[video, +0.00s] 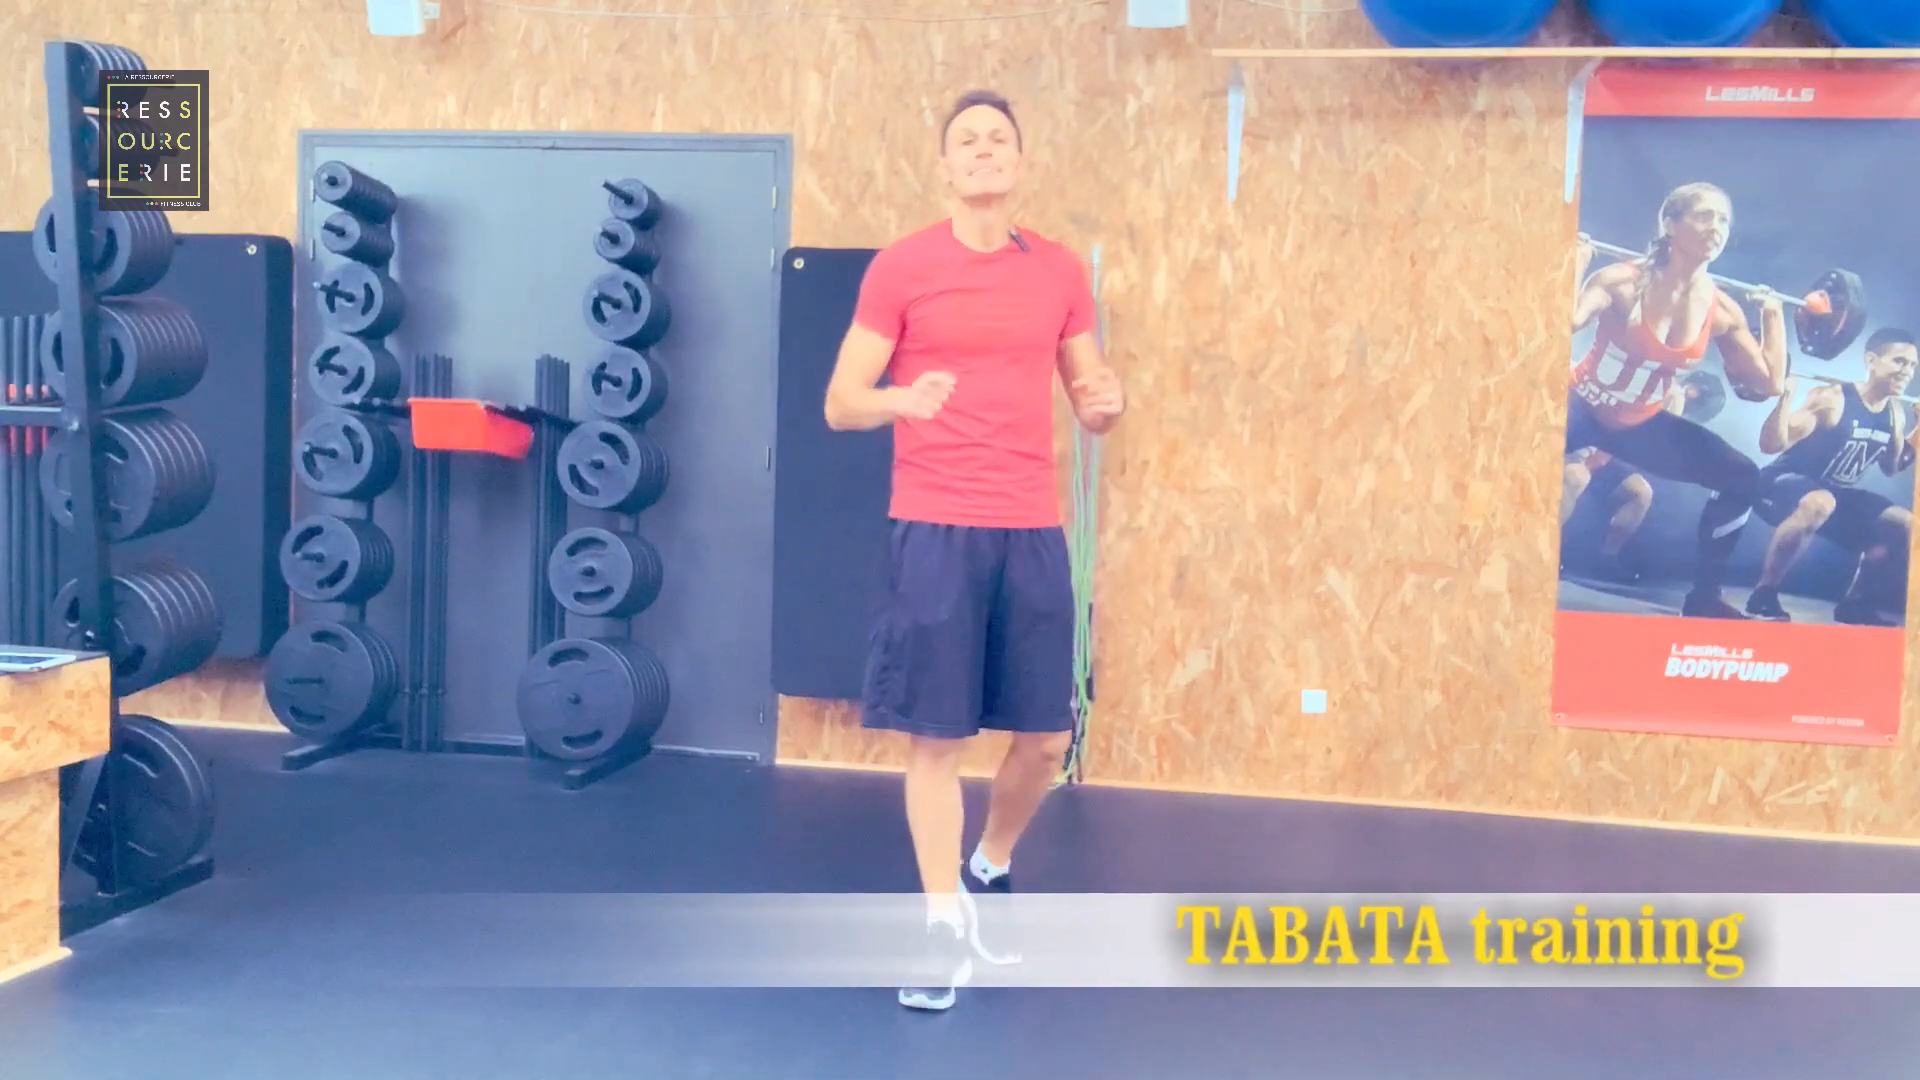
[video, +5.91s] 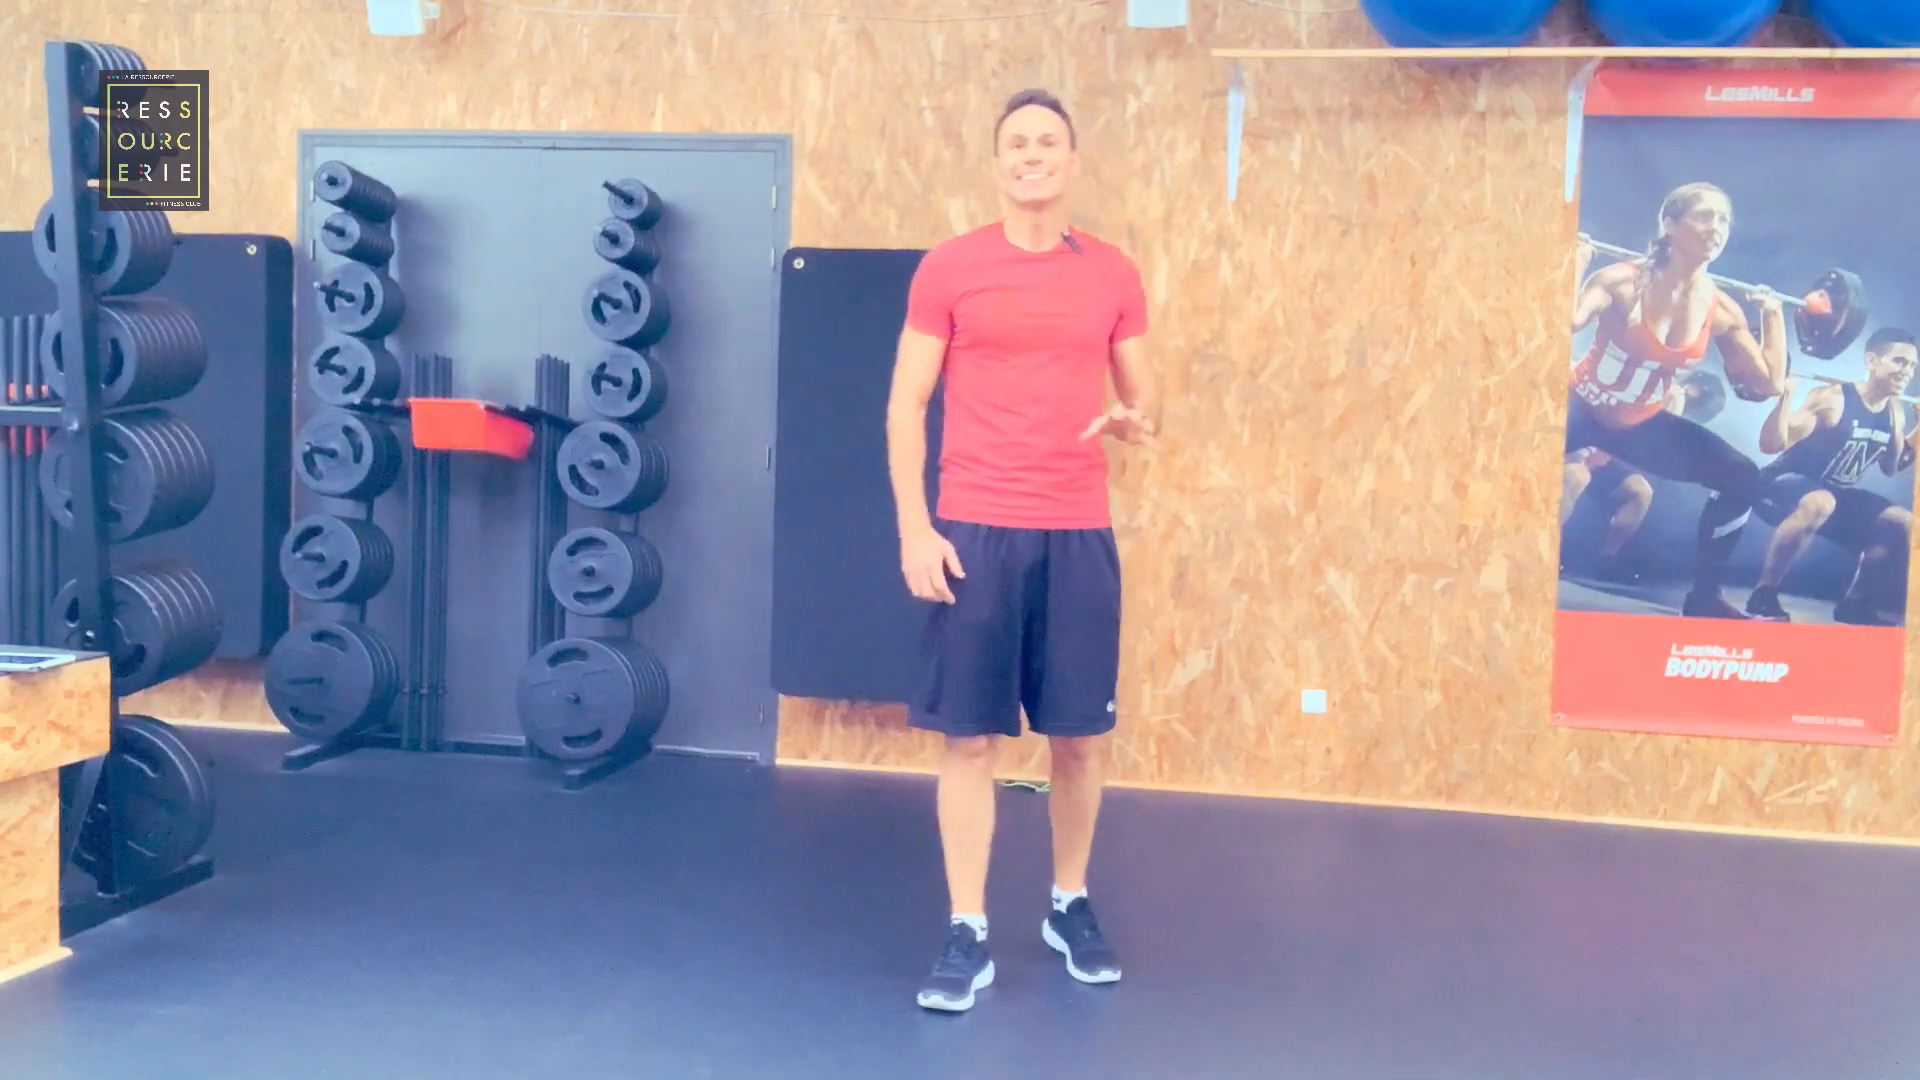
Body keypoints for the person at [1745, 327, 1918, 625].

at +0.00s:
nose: (1906, 371)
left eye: (1911, 365)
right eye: (1899, 361)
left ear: (1914, 371)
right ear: (1871, 361)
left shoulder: (1894, 412)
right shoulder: (1831, 398)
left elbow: (1892, 467)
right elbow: (1769, 444)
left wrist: (1911, 443)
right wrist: (1786, 395)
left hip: (1839, 495)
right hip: (1785, 481)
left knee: (1906, 525)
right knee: (1821, 502)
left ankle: (1855, 604)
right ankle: (1764, 595)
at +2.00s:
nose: (1906, 371)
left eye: (1912, 365)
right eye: (1899, 361)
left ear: (1914, 371)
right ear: (1872, 361)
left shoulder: (1894, 411)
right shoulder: (1831, 397)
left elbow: (1891, 466)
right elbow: (1769, 444)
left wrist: (1913, 437)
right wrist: (1784, 398)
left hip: (1838, 495)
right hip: (1785, 481)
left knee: (1904, 524)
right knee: (1821, 502)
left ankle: (1854, 605)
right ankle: (1764, 595)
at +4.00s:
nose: (1906, 372)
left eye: (1911, 365)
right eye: (1899, 361)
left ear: (1913, 371)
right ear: (1872, 361)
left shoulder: (1894, 412)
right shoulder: (1830, 397)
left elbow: (1891, 467)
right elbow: (1769, 444)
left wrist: (1912, 440)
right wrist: (1784, 397)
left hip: (1839, 495)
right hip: (1786, 481)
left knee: (1905, 524)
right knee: (1821, 502)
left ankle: (1855, 604)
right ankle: (1763, 596)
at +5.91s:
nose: (1906, 372)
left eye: (1911, 365)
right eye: (1899, 361)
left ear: (1913, 371)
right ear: (1872, 361)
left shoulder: (1894, 411)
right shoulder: (1831, 397)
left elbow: (1891, 466)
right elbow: (1769, 444)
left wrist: (1914, 437)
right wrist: (1785, 396)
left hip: (1839, 495)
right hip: (1785, 481)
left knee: (1904, 524)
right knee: (1821, 502)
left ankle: (1854, 604)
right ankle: (1764, 595)